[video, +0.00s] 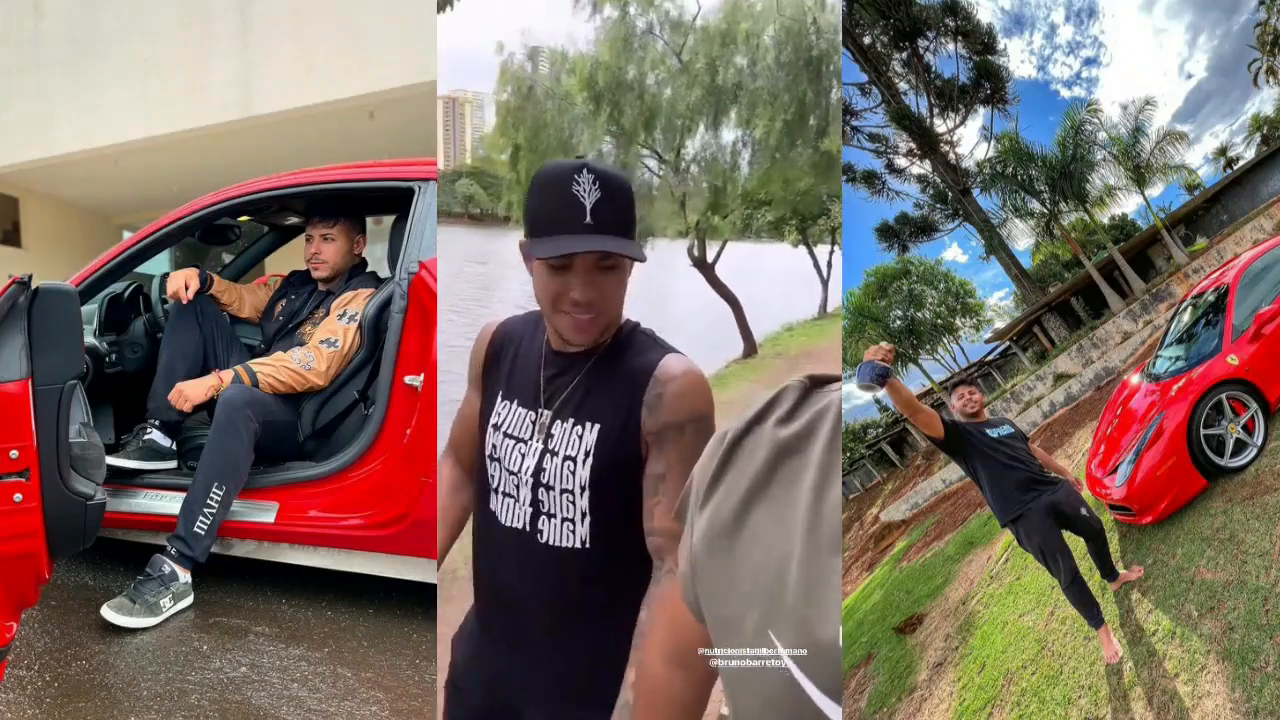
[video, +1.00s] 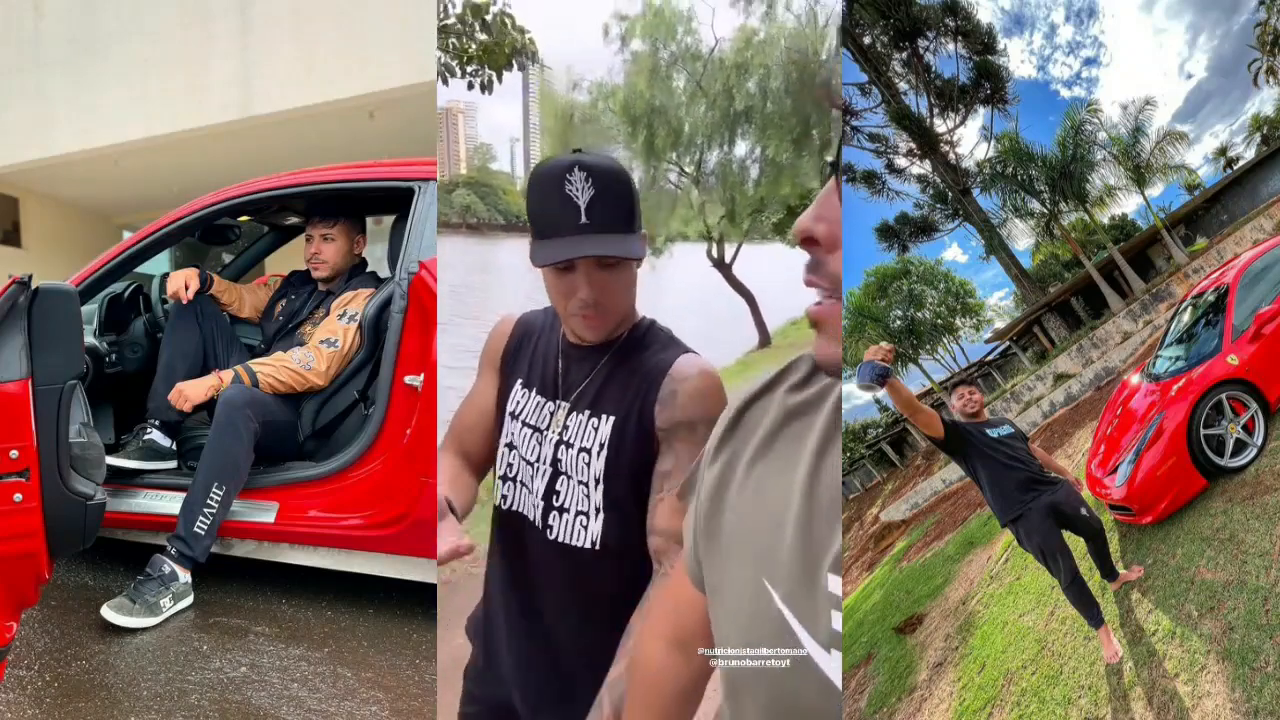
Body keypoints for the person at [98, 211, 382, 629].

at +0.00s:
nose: (314, 250)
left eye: (328, 239)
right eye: (310, 239)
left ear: (358, 245)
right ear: (304, 244)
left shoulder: (362, 297)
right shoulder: (292, 286)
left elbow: (315, 366)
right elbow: (242, 299)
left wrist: (219, 380)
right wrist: (202, 278)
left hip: (316, 410)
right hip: (266, 389)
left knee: (239, 402)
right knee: (196, 303)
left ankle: (177, 568)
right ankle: (161, 433)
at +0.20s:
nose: (314, 249)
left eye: (327, 239)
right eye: (310, 239)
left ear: (358, 245)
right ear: (304, 244)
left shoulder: (362, 297)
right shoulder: (292, 286)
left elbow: (315, 366)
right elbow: (243, 299)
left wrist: (220, 380)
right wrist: (202, 279)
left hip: (317, 411)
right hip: (266, 390)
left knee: (239, 402)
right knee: (196, 303)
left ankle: (177, 568)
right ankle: (161, 432)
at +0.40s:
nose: (314, 249)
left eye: (327, 239)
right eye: (310, 239)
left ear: (358, 245)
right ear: (304, 244)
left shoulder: (362, 297)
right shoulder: (292, 286)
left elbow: (315, 366)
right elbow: (243, 299)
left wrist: (220, 380)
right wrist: (202, 279)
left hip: (317, 411)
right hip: (266, 390)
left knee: (239, 402)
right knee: (196, 303)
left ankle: (177, 568)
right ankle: (161, 432)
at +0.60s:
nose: (314, 250)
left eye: (328, 239)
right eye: (310, 239)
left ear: (358, 245)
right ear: (304, 244)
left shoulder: (362, 297)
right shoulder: (292, 286)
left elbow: (315, 366)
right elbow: (242, 299)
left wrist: (219, 380)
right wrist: (202, 278)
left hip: (317, 410)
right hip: (266, 389)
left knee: (239, 402)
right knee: (196, 303)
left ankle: (177, 568)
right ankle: (161, 433)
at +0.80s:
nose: (314, 250)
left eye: (328, 239)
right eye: (310, 239)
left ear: (358, 245)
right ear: (304, 244)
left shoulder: (362, 297)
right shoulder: (292, 286)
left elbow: (315, 366)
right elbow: (242, 299)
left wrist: (219, 380)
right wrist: (202, 278)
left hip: (316, 410)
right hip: (266, 389)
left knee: (239, 402)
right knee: (196, 303)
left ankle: (177, 568)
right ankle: (161, 433)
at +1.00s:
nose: (314, 250)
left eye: (328, 239)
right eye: (310, 239)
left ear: (358, 245)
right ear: (304, 244)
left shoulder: (362, 297)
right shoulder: (292, 286)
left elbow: (315, 366)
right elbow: (242, 299)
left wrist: (219, 380)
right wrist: (202, 278)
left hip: (317, 410)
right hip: (266, 389)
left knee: (239, 402)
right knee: (196, 303)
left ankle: (177, 568)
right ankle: (161, 433)